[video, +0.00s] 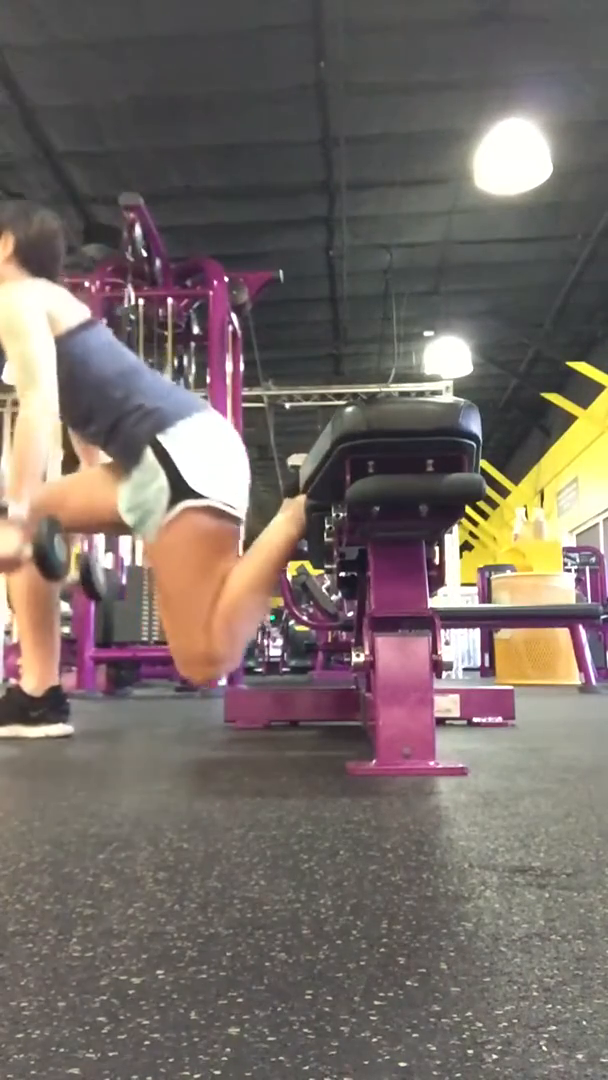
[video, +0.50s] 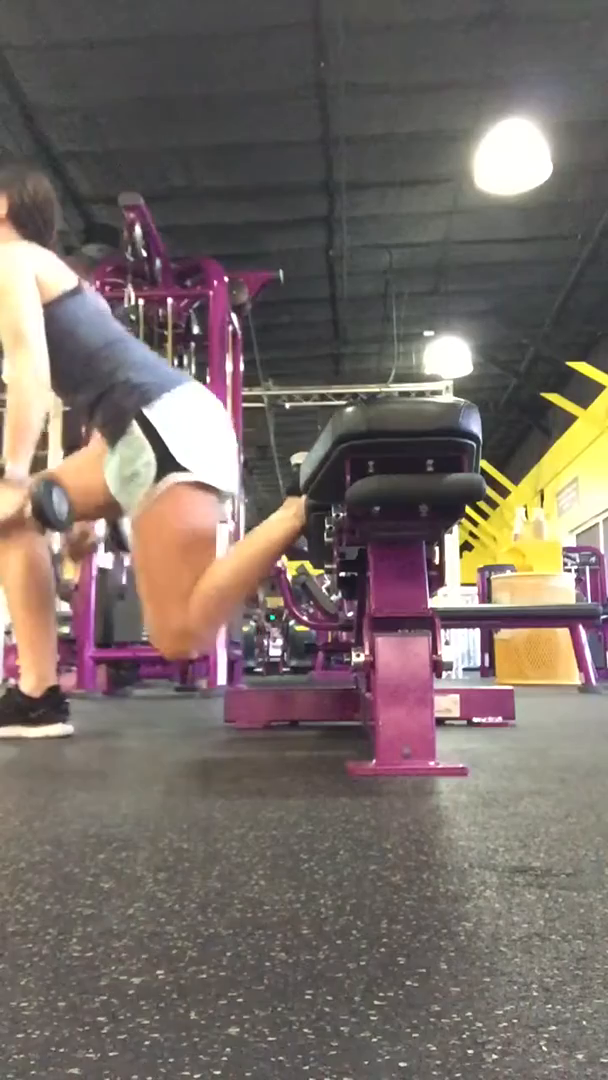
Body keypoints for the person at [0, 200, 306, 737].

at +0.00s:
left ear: (6, 244)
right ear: (32, 249)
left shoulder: (22, 297)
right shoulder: (53, 307)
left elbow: (39, 405)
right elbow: (92, 448)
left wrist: (18, 513)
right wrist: (58, 533)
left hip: (183, 452)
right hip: (142, 470)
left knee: (202, 660)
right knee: (25, 514)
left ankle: (301, 512)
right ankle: (38, 693)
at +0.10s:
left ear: (6, 266)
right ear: (37, 272)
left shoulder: (19, 316)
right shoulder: (52, 328)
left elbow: (38, 429)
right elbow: (95, 468)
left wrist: (17, 537)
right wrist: (71, 558)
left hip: (191, 463)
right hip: (150, 478)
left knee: (216, 667)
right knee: (19, 510)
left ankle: (300, 514)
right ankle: (37, 694)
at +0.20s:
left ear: (3, 271)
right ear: (28, 277)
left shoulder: (17, 324)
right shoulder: (50, 336)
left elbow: (38, 438)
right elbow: (96, 472)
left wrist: (17, 545)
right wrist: (75, 564)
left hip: (192, 465)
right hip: (150, 481)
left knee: (223, 671)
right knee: (18, 510)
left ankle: (300, 515)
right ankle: (37, 694)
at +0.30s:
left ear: (4, 267)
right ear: (33, 272)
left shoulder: (18, 316)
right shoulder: (48, 330)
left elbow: (37, 432)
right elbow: (99, 469)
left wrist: (15, 535)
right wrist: (74, 563)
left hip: (189, 462)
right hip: (147, 478)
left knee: (217, 668)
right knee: (19, 508)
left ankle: (301, 514)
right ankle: (37, 694)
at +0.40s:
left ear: (3, 244)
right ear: (32, 248)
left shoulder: (17, 292)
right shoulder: (48, 305)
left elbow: (33, 402)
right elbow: (100, 444)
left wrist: (14, 510)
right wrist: (75, 533)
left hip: (180, 450)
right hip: (139, 464)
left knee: (201, 658)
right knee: (23, 513)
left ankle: (301, 514)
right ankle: (36, 694)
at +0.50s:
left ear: (5, 207)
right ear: (26, 212)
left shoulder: (15, 260)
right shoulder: (40, 270)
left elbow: (30, 377)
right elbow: (110, 404)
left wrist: (14, 475)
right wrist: (84, 512)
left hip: (165, 426)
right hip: (133, 441)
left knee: (178, 635)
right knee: (14, 511)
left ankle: (303, 507)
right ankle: (37, 693)